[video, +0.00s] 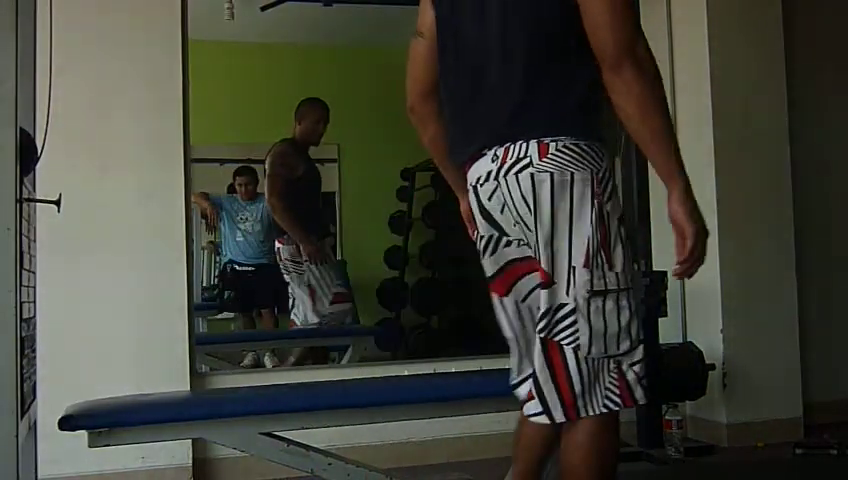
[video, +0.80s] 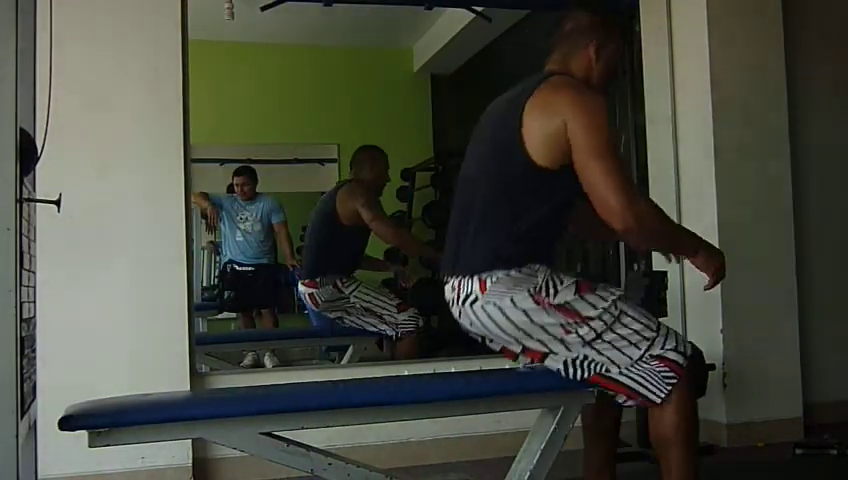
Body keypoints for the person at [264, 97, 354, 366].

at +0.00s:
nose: (323, 130)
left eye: (325, 124)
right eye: (320, 123)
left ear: (304, 123)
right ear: (303, 122)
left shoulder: (304, 158)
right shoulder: (283, 153)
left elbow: (305, 204)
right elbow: (274, 202)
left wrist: (320, 234)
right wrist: (305, 241)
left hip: (307, 245)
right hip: (297, 247)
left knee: (303, 316)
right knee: (337, 305)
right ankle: (292, 365)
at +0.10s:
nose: (334, 129)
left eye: (336, 123)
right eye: (332, 122)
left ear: (312, 120)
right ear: (315, 119)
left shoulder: (311, 153)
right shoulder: (295, 149)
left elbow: (310, 203)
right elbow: (281, 197)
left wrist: (329, 239)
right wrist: (308, 241)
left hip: (314, 239)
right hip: (314, 241)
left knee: (322, 312)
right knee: (367, 295)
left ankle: (321, 375)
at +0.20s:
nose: (346, 129)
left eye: (346, 123)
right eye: (342, 122)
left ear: (323, 121)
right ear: (323, 119)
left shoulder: (321, 153)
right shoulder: (306, 148)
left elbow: (328, 212)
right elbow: (291, 196)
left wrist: (355, 244)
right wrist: (317, 238)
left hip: (324, 240)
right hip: (323, 240)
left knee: (334, 315)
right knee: (384, 290)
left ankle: (323, 379)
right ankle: (395, 363)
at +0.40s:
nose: (369, 132)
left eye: (368, 125)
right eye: (365, 125)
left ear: (344, 125)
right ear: (349, 124)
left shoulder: (343, 156)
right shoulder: (332, 151)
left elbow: (335, 208)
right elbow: (324, 195)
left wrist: (361, 241)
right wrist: (353, 239)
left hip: (338, 247)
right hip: (336, 247)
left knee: (352, 320)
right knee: (401, 300)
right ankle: (410, 371)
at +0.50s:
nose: (380, 135)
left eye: (379, 129)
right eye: (376, 129)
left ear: (352, 131)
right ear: (363, 131)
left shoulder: (341, 157)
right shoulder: (350, 156)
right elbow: (348, 201)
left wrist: (373, 247)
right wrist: (378, 243)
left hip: (335, 253)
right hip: (345, 253)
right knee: (402, 314)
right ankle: (408, 389)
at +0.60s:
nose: (391, 149)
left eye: (390, 142)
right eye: (387, 142)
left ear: (361, 143)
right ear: (374, 142)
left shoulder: (344, 168)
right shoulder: (363, 165)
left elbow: (341, 237)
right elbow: (372, 210)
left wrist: (375, 261)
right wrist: (409, 249)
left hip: (330, 261)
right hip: (342, 261)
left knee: (400, 318)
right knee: (407, 319)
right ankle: (406, 393)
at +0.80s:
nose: (388, 178)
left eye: (387, 172)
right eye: (385, 171)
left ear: (357, 171)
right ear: (372, 171)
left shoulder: (341, 194)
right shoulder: (358, 194)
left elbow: (350, 259)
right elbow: (394, 237)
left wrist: (392, 267)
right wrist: (436, 256)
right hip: (329, 287)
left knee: (398, 315)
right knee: (409, 322)